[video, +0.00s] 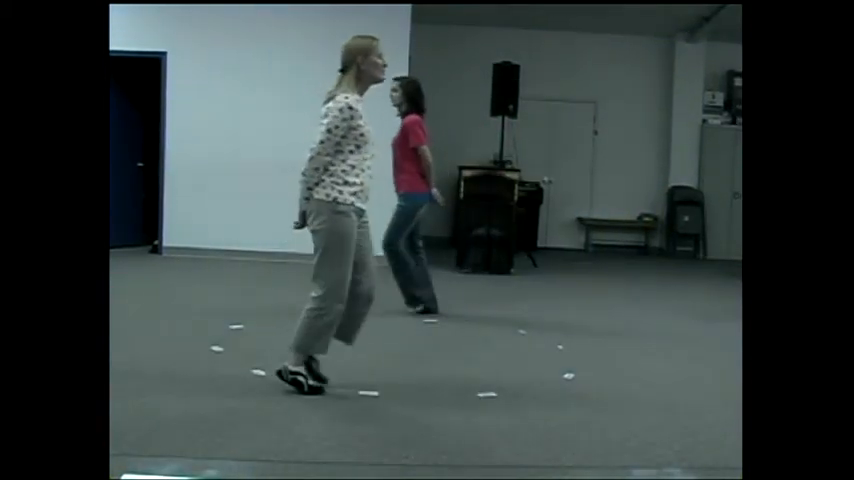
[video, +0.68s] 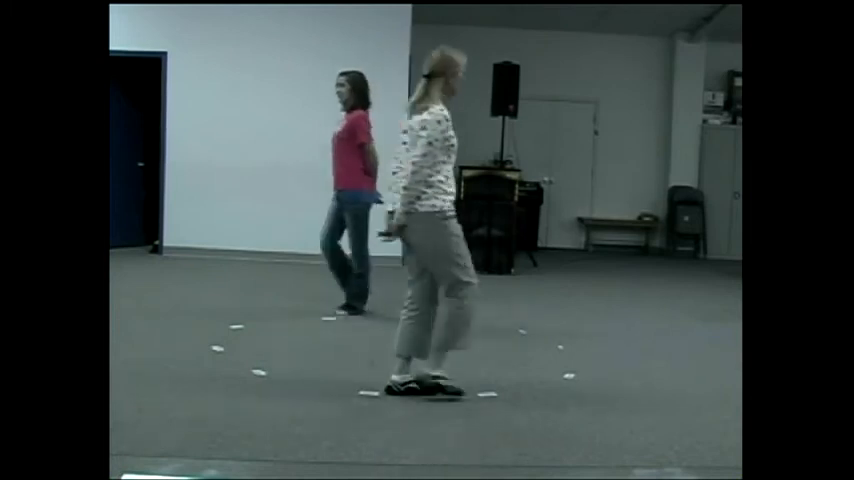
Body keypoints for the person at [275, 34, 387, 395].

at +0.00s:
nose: (384, 64)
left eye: (383, 58)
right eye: (378, 58)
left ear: (360, 64)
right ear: (359, 63)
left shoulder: (355, 105)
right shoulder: (342, 106)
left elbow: (329, 158)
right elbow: (317, 158)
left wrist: (309, 204)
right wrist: (304, 205)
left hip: (352, 207)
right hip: (333, 205)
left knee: (362, 288)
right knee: (330, 289)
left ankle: (311, 355)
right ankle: (295, 363)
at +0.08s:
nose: (390, 63)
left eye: (388, 57)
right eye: (383, 57)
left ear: (365, 63)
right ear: (364, 62)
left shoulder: (359, 105)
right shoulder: (348, 105)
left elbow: (334, 158)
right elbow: (323, 156)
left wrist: (315, 204)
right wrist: (310, 204)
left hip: (358, 207)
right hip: (339, 205)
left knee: (372, 285)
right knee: (331, 288)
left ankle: (334, 357)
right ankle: (296, 364)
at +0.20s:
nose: (403, 69)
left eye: (402, 63)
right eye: (398, 63)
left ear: (379, 67)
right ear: (380, 66)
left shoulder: (377, 109)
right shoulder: (365, 109)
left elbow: (351, 161)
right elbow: (338, 159)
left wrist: (327, 207)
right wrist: (324, 207)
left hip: (371, 211)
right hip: (354, 209)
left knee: (378, 291)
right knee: (335, 288)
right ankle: (296, 364)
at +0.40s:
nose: (431, 71)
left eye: (429, 65)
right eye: (427, 66)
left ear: (407, 69)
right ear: (412, 69)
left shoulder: (399, 112)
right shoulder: (395, 113)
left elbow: (377, 165)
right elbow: (372, 164)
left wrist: (358, 211)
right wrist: (358, 210)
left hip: (396, 214)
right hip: (387, 213)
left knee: (404, 296)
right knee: (382, 293)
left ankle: (398, 376)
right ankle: (319, 357)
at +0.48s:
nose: (440, 74)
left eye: (439, 68)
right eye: (436, 68)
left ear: (414, 72)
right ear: (421, 71)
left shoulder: (407, 113)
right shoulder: (405, 115)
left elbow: (387, 170)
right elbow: (381, 171)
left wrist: (367, 216)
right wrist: (366, 216)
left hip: (399, 214)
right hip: (398, 214)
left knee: (409, 295)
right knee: (408, 296)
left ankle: (400, 375)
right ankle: (338, 351)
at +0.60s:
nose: (455, 80)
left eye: (454, 74)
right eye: (452, 73)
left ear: (429, 76)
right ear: (439, 76)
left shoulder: (412, 117)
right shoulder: (426, 118)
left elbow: (397, 169)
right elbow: (399, 167)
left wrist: (386, 216)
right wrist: (385, 213)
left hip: (407, 215)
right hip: (422, 215)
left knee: (419, 292)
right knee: (449, 290)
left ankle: (401, 372)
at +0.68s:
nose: (461, 83)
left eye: (461, 76)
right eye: (459, 76)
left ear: (433, 76)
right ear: (447, 77)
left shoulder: (417, 118)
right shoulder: (437, 118)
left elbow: (406, 167)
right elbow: (417, 168)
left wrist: (397, 213)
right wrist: (400, 212)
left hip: (413, 215)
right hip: (434, 214)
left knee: (421, 291)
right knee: (462, 285)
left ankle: (402, 373)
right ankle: (434, 369)